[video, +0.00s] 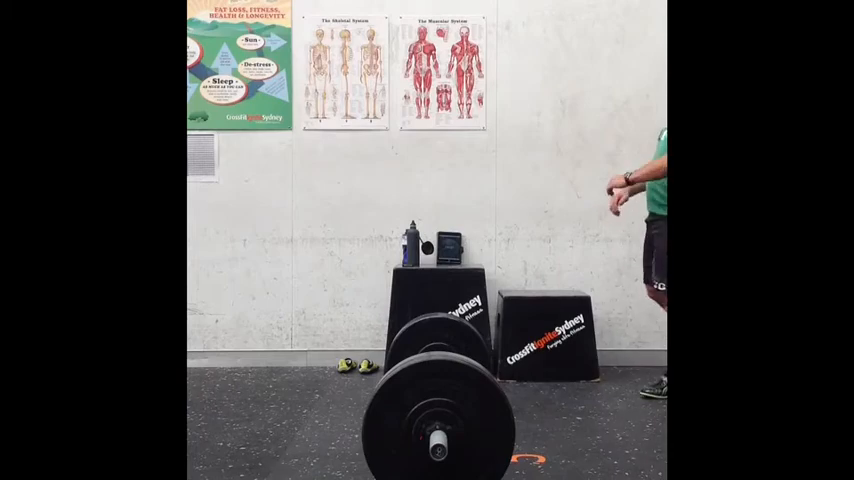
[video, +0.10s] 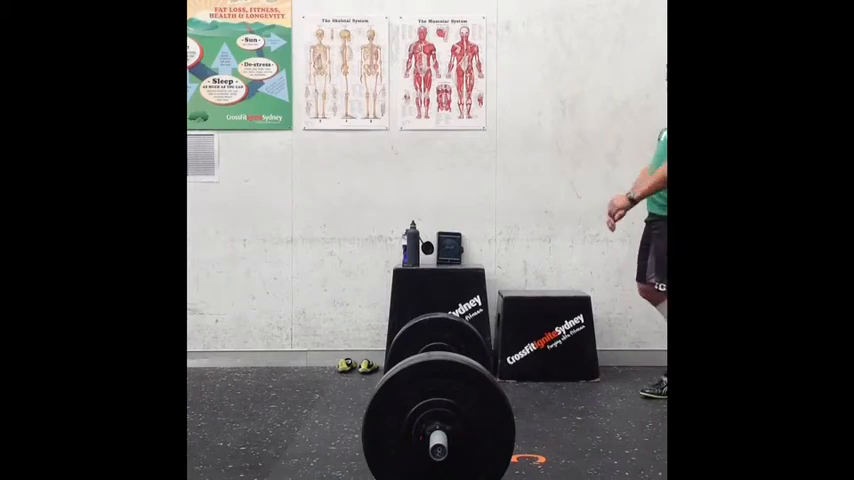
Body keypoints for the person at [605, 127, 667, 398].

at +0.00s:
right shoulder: (663, 134)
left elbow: (663, 165)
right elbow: (658, 172)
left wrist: (627, 178)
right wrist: (630, 189)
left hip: (663, 217)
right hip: (656, 216)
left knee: (660, 290)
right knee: (655, 290)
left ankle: (667, 377)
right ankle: (666, 377)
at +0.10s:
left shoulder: (664, 137)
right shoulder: (663, 135)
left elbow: (664, 173)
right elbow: (650, 170)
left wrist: (630, 198)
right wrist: (627, 200)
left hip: (664, 219)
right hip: (655, 217)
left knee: (661, 290)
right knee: (649, 288)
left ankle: (667, 377)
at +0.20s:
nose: (664, 79)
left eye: (666, 73)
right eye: (664, 74)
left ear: (668, 77)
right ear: (664, 77)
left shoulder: (664, 135)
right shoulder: (662, 133)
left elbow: (665, 182)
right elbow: (654, 178)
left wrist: (651, 218)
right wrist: (634, 213)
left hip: (663, 220)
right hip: (651, 218)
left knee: (652, 288)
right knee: (642, 287)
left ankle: (668, 376)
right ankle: (666, 375)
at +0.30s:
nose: (664, 79)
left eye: (666, 74)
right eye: (663, 74)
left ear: (669, 76)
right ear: (662, 77)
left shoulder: (664, 127)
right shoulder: (662, 125)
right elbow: (658, 177)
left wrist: (660, 224)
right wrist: (644, 216)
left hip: (662, 221)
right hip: (651, 220)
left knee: (655, 291)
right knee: (642, 288)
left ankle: (665, 373)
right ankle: (663, 365)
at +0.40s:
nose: (665, 75)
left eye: (667, 70)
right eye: (665, 70)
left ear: (668, 75)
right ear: (663, 76)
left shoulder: (663, 121)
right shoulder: (660, 122)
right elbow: (655, 169)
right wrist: (650, 210)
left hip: (665, 218)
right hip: (653, 215)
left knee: (662, 293)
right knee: (645, 291)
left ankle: (667, 378)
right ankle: (641, 367)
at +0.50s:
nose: (665, 75)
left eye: (666, 70)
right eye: (665, 70)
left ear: (667, 76)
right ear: (663, 77)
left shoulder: (664, 119)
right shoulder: (655, 120)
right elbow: (653, 168)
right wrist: (648, 212)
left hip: (664, 218)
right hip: (650, 217)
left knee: (665, 291)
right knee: (637, 289)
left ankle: (668, 378)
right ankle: (630, 366)